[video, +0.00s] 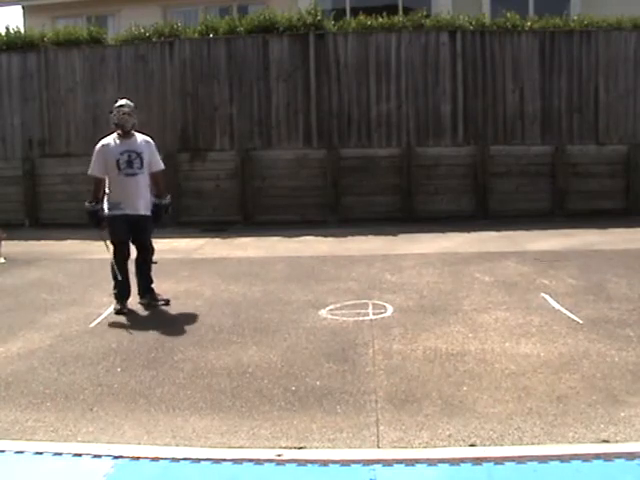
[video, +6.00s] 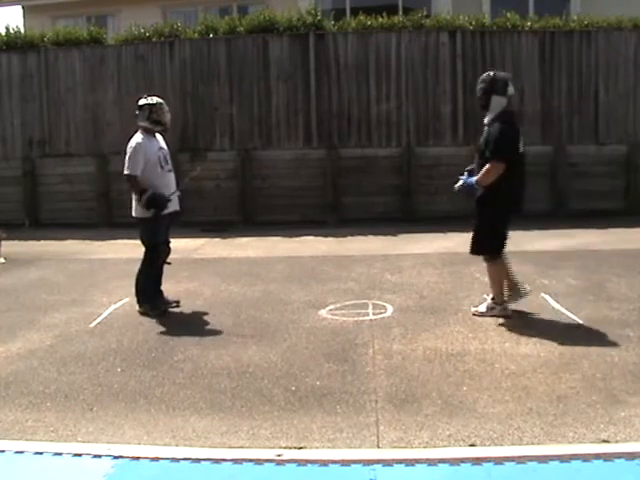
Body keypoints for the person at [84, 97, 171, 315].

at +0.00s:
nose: (125, 119)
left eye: (129, 115)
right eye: (120, 115)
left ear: (134, 118)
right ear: (114, 119)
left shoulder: (146, 143)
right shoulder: (104, 147)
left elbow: (156, 173)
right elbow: (99, 180)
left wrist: (162, 198)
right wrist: (95, 207)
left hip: (142, 208)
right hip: (117, 209)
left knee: (146, 251)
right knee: (121, 254)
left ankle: (146, 292)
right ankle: (121, 297)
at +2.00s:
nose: (116, 131)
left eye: (119, 126)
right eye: (111, 127)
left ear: (124, 124)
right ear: (103, 127)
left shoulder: (134, 143)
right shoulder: (93, 149)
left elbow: (144, 173)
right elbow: (87, 182)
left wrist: (146, 197)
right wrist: (89, 201)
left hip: (133, 209)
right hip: (109, 212)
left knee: (140, 248)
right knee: (117, 254)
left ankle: (133, 283)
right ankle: (120, 298)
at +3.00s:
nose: (141, 129)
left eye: (142, 124)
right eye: (138, 124)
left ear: (143, 125)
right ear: (126, 124)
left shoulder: (145, 144)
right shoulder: (111, 147)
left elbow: (154, 171)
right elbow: (106, 177)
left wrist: (154, 190)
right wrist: (117, 194)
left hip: (141, 206)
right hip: (122, 208)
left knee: (138, 247)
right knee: (127, 248)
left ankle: (134, 287)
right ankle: (124, 291)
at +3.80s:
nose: (135, 126)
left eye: (137, 122)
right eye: (132, 122)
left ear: (138, 122)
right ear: (120, 122)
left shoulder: (135, 143)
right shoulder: (107, 146)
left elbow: (153, 159)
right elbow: (116, 175)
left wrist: (170, 160)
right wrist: (143, 177)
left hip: (138, 209)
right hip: (120, 212)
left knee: (143, 249)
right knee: (130, 252)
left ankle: (135, 287)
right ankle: (130, 300)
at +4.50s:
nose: (154, 118)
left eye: (153, 114)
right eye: (149, 114)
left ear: (142, 117)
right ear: (136, 116)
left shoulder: (144, 140)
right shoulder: (123, 145)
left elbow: (145, 172)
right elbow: (120, 178)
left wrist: (157, 191)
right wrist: (133, 204)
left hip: (152, 208)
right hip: (136, 210)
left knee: (153, 252)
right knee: (139, 253)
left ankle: (151, 294)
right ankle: (132, 298)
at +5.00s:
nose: (159, 115)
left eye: (159, 111)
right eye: (154, 112)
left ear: (154, 115)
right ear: (142, 116)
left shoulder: (155, 138)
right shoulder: (132, 144)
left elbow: (158, 167)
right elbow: (134, 175)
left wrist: (171, 179)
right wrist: (159, 186)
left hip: (160, 207)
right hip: (145, 209)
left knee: (158, 251)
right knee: (151, 252)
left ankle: (154, 295)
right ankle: (145, 300)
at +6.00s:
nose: (163, 116)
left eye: (163, 111)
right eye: (159, 112)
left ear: (158, 115)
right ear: (149, 115)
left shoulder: (157, 138)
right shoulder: (138, 144)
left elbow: (158, 170)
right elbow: (130, 176)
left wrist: (172, 192)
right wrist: (147, 196)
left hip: (165, 208)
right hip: (149, 211)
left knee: (161, 251)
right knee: (154, 252)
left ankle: (155, 295)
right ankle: (146, 300)